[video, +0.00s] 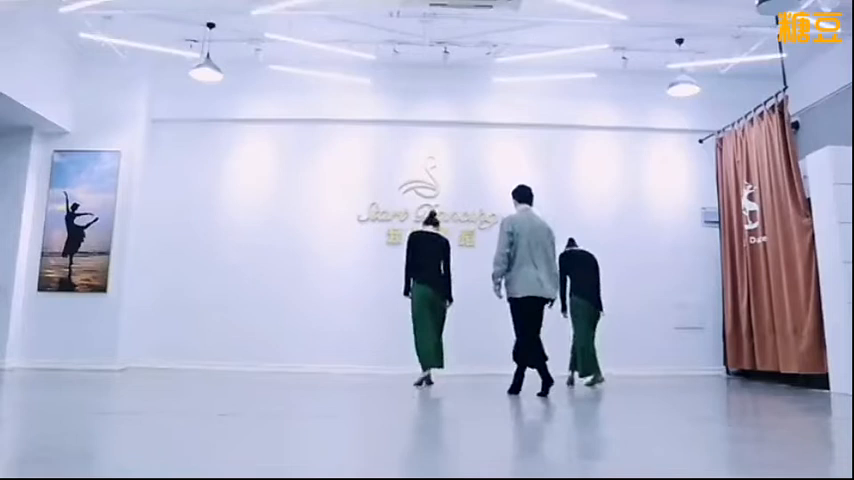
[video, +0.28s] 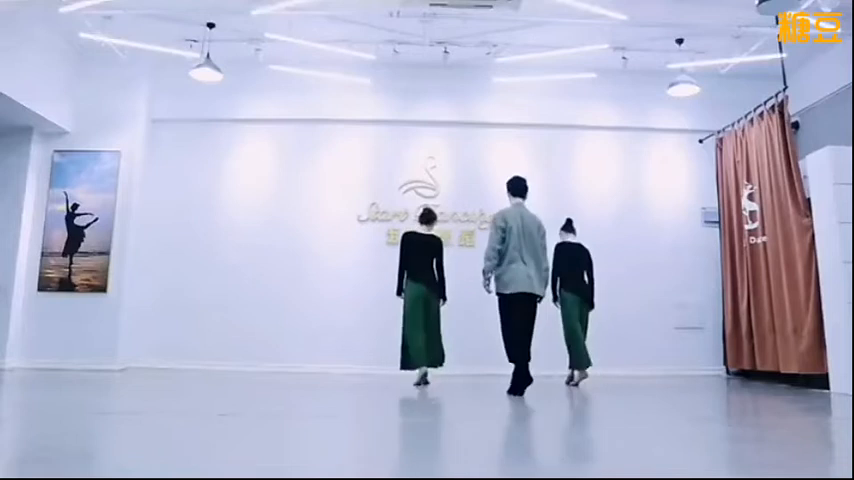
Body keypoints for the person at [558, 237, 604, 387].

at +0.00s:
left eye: (566, 248)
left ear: (566, 247)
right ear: (577, 245)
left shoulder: (565, 256)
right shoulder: (590, 256)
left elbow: (563, 282)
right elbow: (596, 284)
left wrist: (563, 305)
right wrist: (599, 305)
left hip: (577, 299)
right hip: (593, 301)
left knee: (582, 336)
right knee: (581, 336)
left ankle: (596, 372)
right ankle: (572, 371)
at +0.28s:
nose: (561, 236)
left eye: (561, 234)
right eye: (563, 234)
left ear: (562, 233)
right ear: (575, 234)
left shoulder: (560, 247)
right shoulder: (583, 249)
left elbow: (555, 272)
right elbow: (590, 275)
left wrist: (554, 293)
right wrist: (591, 297)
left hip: (567, 289)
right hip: (584, 290)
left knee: (572, 327)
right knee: (580, 328)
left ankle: (581, 367)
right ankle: (573, 368)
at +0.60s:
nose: (556, 230)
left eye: (556, 227)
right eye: (560, 227)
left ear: (556, 228)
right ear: (570, 229)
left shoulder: (552, 248)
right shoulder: (576, 249)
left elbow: (547, 273)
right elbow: (581, 277)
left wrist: (546, 293)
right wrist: (583, 298)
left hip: (558, 292)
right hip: (573, 293)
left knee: (561, 331)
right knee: (573, 330)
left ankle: (565, 368)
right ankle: (574, 365)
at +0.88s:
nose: (552, 230)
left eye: (551, 227)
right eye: (557, 227)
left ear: (550, 227)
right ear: (565, 229)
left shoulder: (545, 248)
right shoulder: (570, 250)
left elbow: (541, 274)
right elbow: (574, 277)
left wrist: (540, 294)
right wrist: (576, 298)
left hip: (550, 294)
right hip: (567, 294)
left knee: (556, 330)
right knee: (564, 331)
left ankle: (564, 367)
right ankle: (559, 369)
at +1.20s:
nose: (548, 230)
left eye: (546, 227)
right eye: (551, 227)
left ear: (543, 228)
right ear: (557, 229)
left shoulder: (536, 248)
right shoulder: (562, 249)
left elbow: (532, 273)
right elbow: (567, 275)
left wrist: (530, 293)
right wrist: (568, 296)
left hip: (542, 292)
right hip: (559, 293)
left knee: (546, 331)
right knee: (558, 330)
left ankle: (552, 369)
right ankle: (555, 368)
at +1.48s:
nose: (543, 229)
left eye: (541, 226)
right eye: (547, 226)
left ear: (539, 227)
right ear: (553, 228)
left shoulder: (531, 247)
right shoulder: (558, 249)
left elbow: (527, 272)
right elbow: (562, 275)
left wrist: (525, 292)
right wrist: (564, 296)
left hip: (537, 291)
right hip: (554, 292)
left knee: (540, 329)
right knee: (552, 330)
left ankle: (546, 366)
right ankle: (547, 367)